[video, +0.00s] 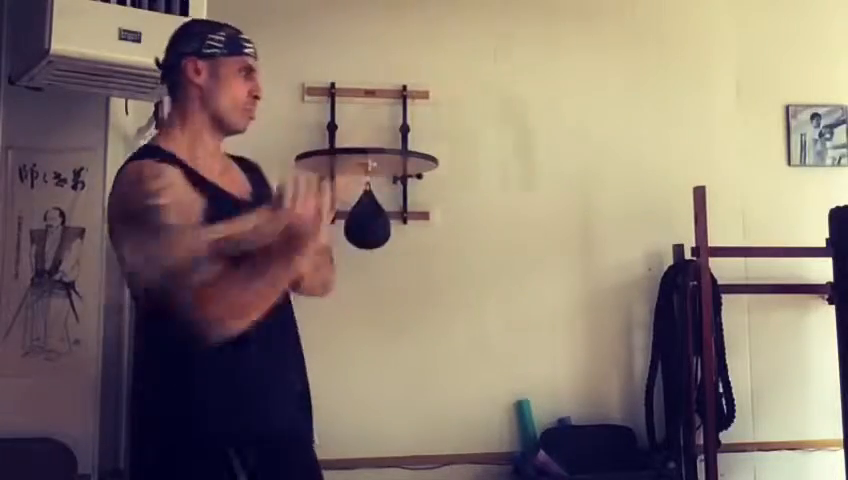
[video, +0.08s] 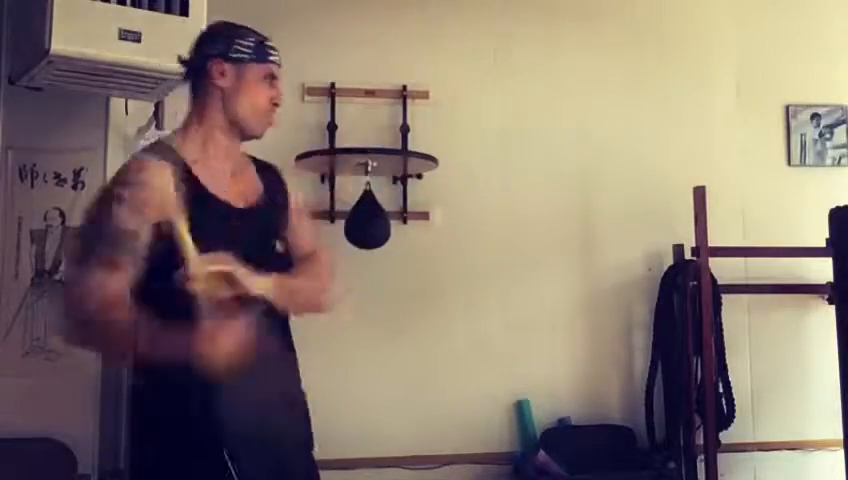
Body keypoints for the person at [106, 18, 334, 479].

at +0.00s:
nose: (257, 91)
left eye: (255, 76)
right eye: (244, 73)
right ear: (196, 71)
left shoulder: (248, 175)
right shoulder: (149, 180)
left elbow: (319, 281)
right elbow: (211, 317)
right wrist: (293, 246)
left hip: (276, 431)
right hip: (194, 438)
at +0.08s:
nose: (279, 97)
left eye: (277, 83)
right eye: (268, 80)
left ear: (224, 76)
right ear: (220, 74)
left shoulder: (273, 183)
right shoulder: (151, 176)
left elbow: (320, 288)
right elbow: (93, 308)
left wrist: (258, 283)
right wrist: (194, 344)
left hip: (274, 429)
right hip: (181, 434)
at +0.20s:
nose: (298, 105)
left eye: (299, 92)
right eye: (290, 87)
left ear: (249, 83)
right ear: (242, 80)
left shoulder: (296, 191)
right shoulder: (151, 166)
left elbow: (315, 294)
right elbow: (34, 227)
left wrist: (235, 291)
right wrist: (76, 278)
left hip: (270, 416)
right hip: (177, 413)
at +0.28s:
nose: (305, 111)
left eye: (306, 98)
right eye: (298, 94)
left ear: (256, 87)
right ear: (253, 84)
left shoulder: (295, 190)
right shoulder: (167, 151)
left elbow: (316, 288)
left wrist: (228, 284)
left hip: (262, 392)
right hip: (180, 390)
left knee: (298, 470)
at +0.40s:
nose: (304, 125)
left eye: (307, 113)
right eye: (299, 107)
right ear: (256, 93)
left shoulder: (271, 189)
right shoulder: (186, 152)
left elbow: (319, 283)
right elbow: (186, 92)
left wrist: (274, 255)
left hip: (263, 398)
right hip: (187, 397)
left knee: (294, 470)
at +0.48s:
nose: (295, 132)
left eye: (297, 105)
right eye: (288, 102)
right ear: (253, 89)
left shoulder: (253, 190)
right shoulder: (183, 160)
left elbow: (306, 297)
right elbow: (314, 106)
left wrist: (301, 251)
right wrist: (392, 197)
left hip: (257, 403)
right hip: (184, 409)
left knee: (298, 472)